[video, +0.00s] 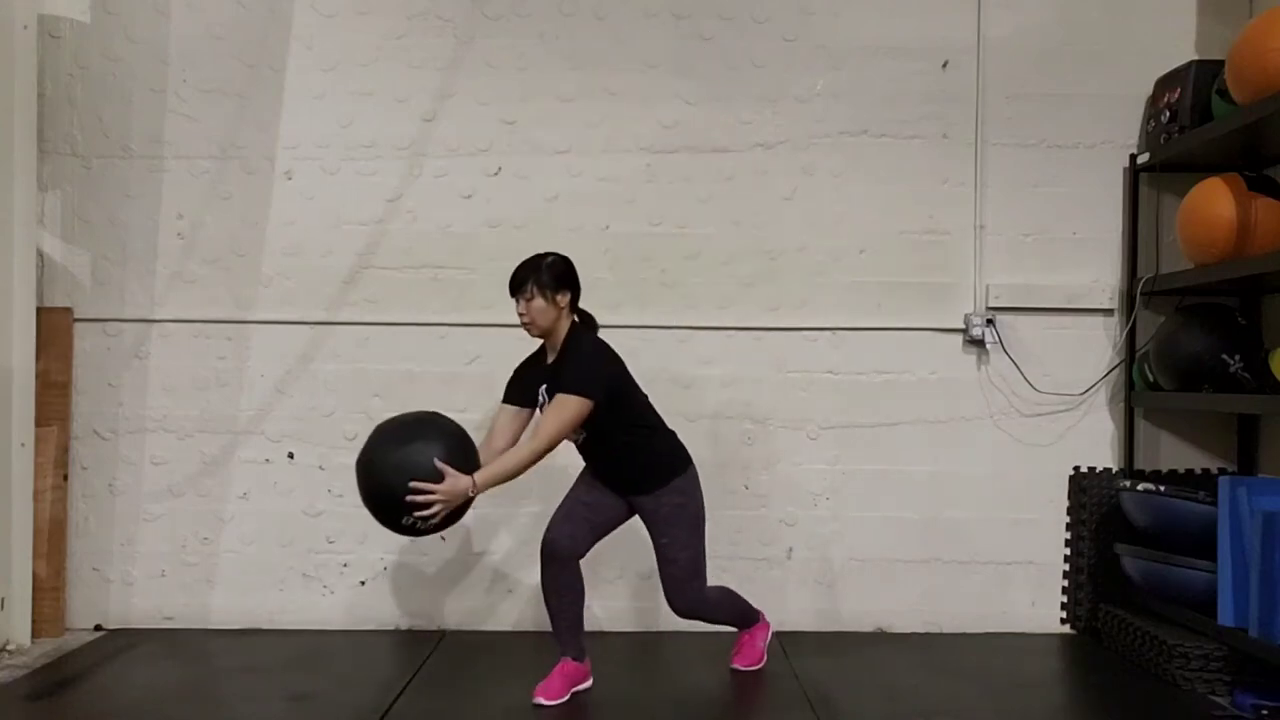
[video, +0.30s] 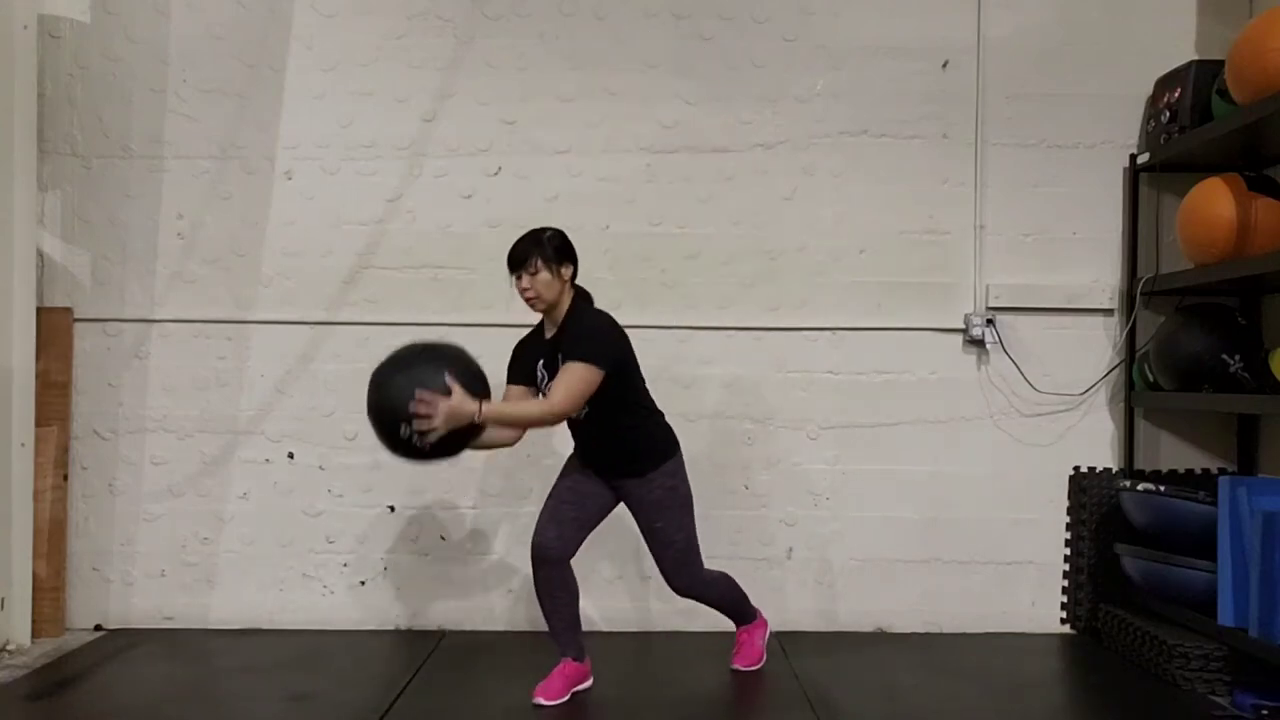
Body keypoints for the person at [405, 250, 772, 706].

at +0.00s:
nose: (521, 308)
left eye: (531, 298)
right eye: (518, 299)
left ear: (564, 300)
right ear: (520, 304)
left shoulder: (590, 360)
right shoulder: (532, 372)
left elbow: (540, 444)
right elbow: (496, 445)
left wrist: (473, 484)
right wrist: (454, 496)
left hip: (665, 479)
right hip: (608, 479)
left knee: (688, 599)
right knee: (558, 548)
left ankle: (755, 624)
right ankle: (574, 662)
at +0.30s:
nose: (523, 285)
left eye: (533, 272)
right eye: (518, 276)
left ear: (565, 272)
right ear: (516, 282)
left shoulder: (597, 332)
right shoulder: (529, 348)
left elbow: (557, 407)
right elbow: (509, 429)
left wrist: (476, 410)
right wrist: (452, 431)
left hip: (650, 464)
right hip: (593, 465)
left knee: (686, 579)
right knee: (548, 550)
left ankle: (751, 621)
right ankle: (574, 661)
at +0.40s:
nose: (535, 264)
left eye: (546, 252)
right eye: (527, 255)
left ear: (575, 253)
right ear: (523, 263)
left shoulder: (605, 310)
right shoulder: (531, 331)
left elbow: (563, 368)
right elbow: (504, 409)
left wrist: (484, 345)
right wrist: (437, 388)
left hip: (644, 454)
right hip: (585, 455)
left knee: (685, 563)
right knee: (548, 552)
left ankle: (743, 619)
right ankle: (574, 661)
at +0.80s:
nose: (609, 216)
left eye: (615, 207)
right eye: (595, 208)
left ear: (624, 210)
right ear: (569, 212)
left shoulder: (636, 257)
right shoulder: (559, 273)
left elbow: (672, 200)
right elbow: (536, 265)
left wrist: (618, 144)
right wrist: (517, 183)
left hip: (635, 434)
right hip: (576, 437)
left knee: (680, 536)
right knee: (578, 554)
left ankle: (672, 650)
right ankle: (559, 657)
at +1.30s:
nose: (683, 222)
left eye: (681, 215)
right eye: (679, 215)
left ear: (633, 214)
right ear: (668, 216)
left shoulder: (608, 261)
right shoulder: (667, 259)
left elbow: (646, 210)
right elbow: (735, 203)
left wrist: (656, 150)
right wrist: (728, 127)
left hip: (602, 432)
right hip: (646, 432)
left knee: (668, 531)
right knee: (612, 559)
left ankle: (672, 650)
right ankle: (530, 659)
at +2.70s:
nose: (687, 221)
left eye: (687, 212)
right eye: (681, 211)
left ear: (652, 218)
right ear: (655, 216)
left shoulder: (660, 274)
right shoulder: (649, 254)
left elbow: (718, 313)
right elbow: (737, 231)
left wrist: (731, 243)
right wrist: (744, 184)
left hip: (646, 427)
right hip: (627, 424)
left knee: (684, 531)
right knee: (622, 546)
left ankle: (669, 648)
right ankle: (522, 641)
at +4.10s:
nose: (501, 298)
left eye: (510, 287)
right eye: (499, 288)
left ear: (545, 289)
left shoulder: (581, 348)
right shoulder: (519, 366)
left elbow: (573, 445)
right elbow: (513, 448)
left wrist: (501, 491)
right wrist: (474, 483)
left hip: (643, 473)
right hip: (586, 474)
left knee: (671, 591)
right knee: (536, 551)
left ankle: (745, 629)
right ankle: (550, 660)